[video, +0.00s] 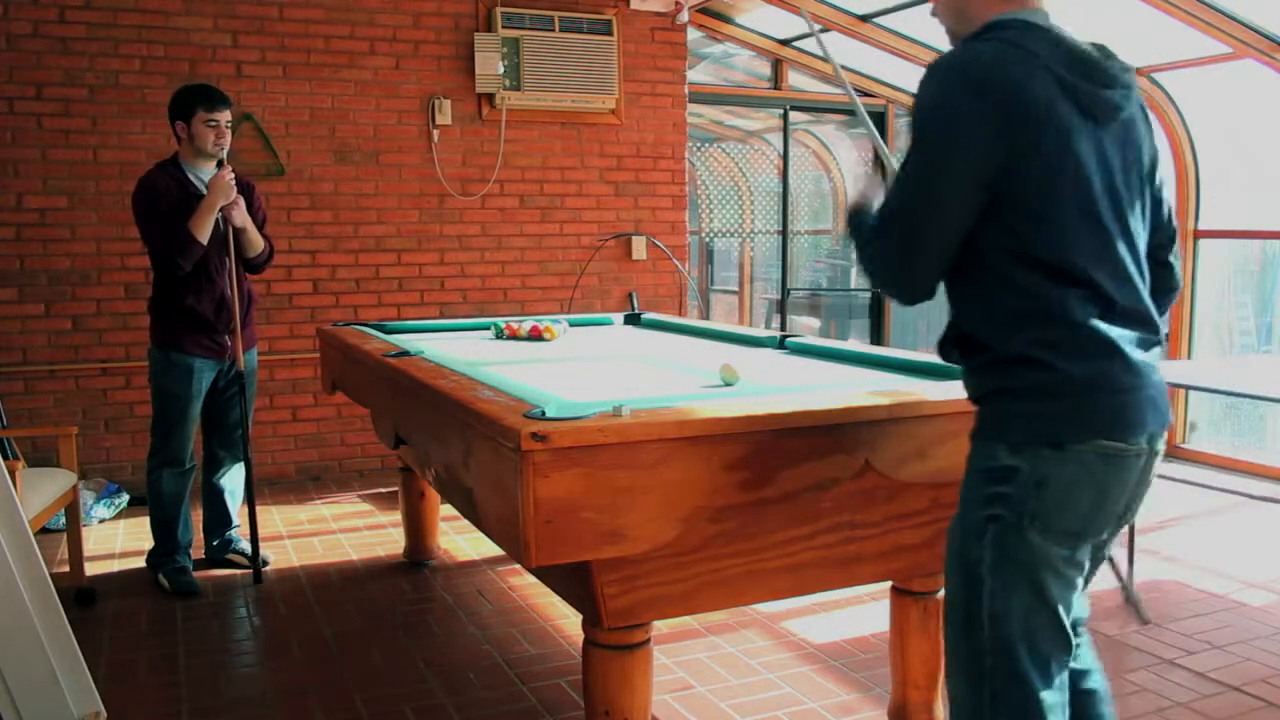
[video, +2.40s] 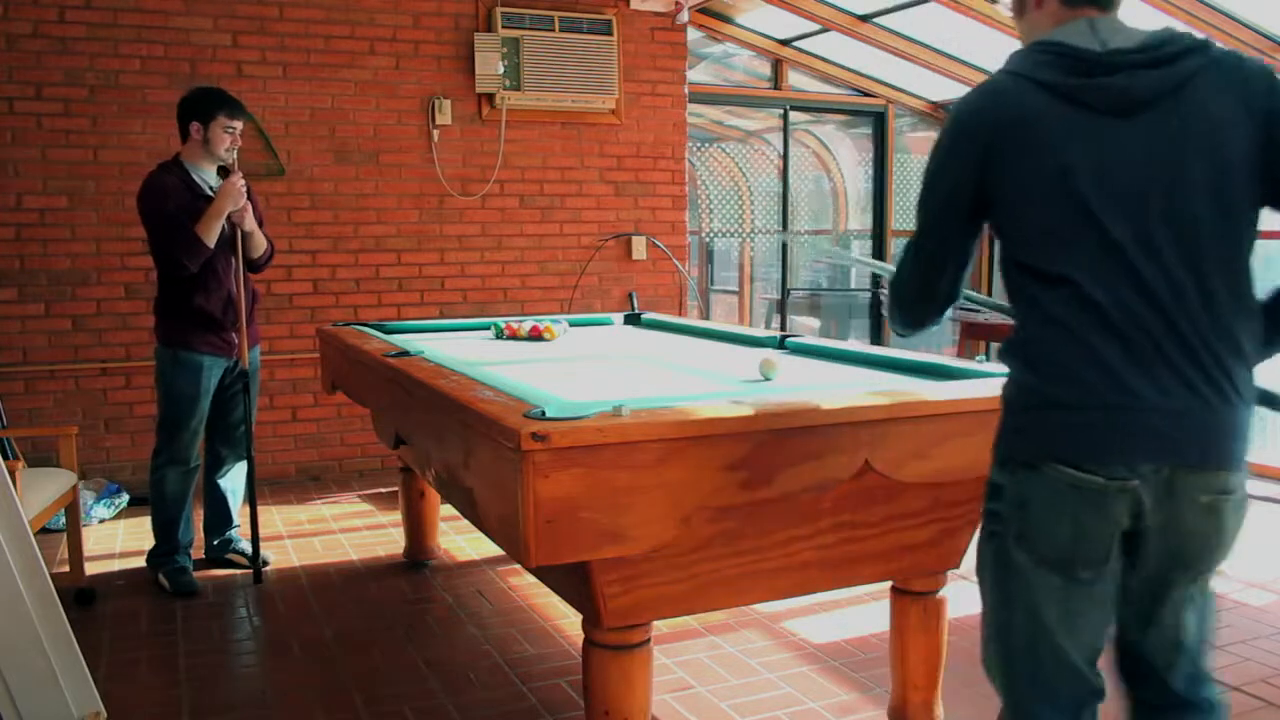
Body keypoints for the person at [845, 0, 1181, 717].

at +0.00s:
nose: (934, 9)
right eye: (933, 0)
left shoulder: (974, 73)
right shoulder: (1116, 85)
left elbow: (904, 270)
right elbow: (1160, 271)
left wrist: (866, 200)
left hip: (1043, 419)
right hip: (1134, 410)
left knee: (1002, 682)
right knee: (1056, 638)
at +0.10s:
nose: (913, 15)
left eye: (913, 5)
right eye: (912, 7)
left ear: (933, 1)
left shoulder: (937, 82)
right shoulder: (1108, 90)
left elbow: (877, 278)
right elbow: (1167, 266)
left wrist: (826, 284)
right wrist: (1093, 338)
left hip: (1028, 423)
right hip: (1126, 420)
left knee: (1009, 691)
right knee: (1016, 673)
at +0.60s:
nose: (840, 45)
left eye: (840, 31)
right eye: (844, 31)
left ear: (855, 32)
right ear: (930, 34)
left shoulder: (831, 136)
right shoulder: (1022, 118)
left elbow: (764, 264)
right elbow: (1113, 241)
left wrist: (737, 353)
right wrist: (1068, 379)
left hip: (910, 415)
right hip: (1018, 415)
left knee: (898, 644)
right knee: (964, 638)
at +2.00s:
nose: (920, 41)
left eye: (919, 24)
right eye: (919, 26)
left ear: (936, 19)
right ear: (1013, 25)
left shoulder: (898, 127)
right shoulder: (1110, 120)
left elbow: (849, 288)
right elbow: (1217, 254)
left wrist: (826, 348)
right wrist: (1115, 354)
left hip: (962, 439)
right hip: (1076, 441)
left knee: (974, 686)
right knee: (981, 673)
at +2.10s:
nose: (940, 35)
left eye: (940, 20)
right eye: (939, 21)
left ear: (957, 16)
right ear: (1038, 25)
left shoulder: (922, 130)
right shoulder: (1144, 117)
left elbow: (862, 316)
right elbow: (1250, 258)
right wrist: (1147, 354)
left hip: (998, 453)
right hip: (1115, 459)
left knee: (999, 698)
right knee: (1009, 689)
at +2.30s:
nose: (988, 26)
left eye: (987, 14)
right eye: (988, 16)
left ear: (1009, 6)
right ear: (1087, 7)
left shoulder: (971, 116)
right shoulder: (1210, 95)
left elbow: (902, 305)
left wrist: (900, 281)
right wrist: (1215, 335)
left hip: (1053, 450)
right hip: (1184, 450)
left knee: (1035, 696)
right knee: (1116, 664)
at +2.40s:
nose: (1012, 16)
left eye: (1013, 5)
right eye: (1011, 7)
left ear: (1039, 3)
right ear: (1113, 4)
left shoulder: (994, 111)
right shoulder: (1243, 87)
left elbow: (914, 305)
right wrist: (1253, 329)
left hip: (1065, 444)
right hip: (1208, 449)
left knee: (1046, 699)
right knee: (1177, 680)